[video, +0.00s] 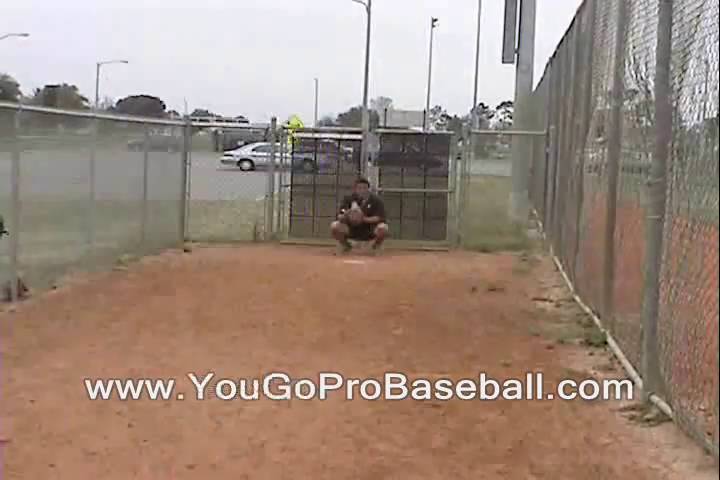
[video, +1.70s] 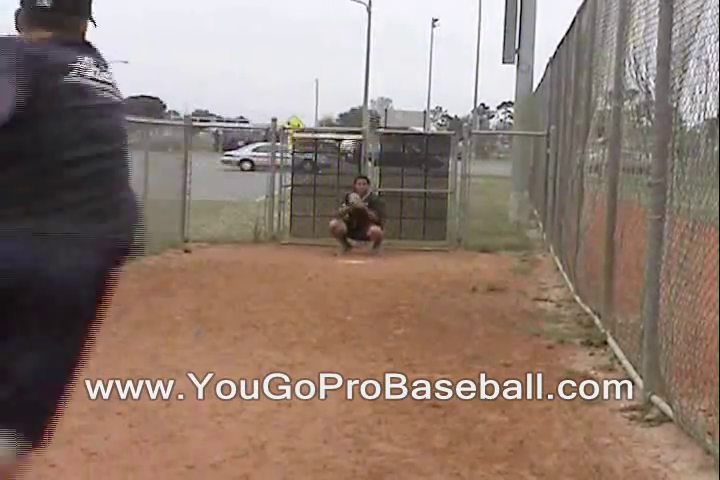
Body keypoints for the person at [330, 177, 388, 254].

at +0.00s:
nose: (362, 191)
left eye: (364, 188)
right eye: (359, 188)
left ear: (368, 189)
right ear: (355, 189)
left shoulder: (375, 201)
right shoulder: (348, 199)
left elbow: (380, 217)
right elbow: (339, 215)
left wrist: (364, 219)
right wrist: (347, 216)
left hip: (368, 227)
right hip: (352, 226)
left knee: (382, 228)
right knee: (335, 226)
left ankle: (376, 246)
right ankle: (346, 245)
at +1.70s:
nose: (361, 187)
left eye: (364, 184)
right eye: (359, 184)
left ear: (368, 186)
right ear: (354, 186)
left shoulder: (374, 200)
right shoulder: (349, 197)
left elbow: (378, 219)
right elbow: (338, 214)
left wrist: (364, 208)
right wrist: (351, 207)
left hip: (366, 227)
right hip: (350, 226)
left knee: (376, 230)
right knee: (334, 225)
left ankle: (376, 245)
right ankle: (346, 245)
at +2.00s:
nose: (358, 191)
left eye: (361, 188)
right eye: (356, 188)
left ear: (365, 190)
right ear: (352, 190)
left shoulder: (369, 201)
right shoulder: (347, 202)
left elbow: (375, 209)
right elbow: (336, 214)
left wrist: (366, 211)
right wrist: (348, 215)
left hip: (367, 230)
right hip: (350, 229)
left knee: (379, 228)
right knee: (336, 226)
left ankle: (377, 246)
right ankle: (346, 245)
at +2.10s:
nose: (356, 193)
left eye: (358, 190)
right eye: (354, 190)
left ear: (363, 191)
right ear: (351, 191)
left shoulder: (369, 201)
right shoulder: (347, 201)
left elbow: (372, 211)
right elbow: (333, 213)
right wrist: (348, 215)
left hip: (365, 227)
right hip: (351, 226)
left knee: (380, 227)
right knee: (336, 224)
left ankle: (379, 246)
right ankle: (346, 245)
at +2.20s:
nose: (356, 192)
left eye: (358, 190)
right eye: (354, 190)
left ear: (363, 191)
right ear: (350, 191)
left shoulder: (370, 202)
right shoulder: (346, 201)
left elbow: (369, 221)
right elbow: (333, 213)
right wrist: (346, 213)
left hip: (368, 226)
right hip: (353, 226)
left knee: (383, 226)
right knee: (337, 224)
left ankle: (381, 247)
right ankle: (346, 246)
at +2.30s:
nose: (356, 193)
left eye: (358, 190)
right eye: (353, 190)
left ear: (362, 191)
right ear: (349, 191)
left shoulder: (369, 201)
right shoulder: (345, 200)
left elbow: (370, 223)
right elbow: (334, 211)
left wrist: (361, 240)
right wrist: (343, 215)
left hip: (368, 222)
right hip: (353, 222)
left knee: (383, 226)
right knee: (340, 222)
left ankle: (381, 247)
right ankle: (344, 246)